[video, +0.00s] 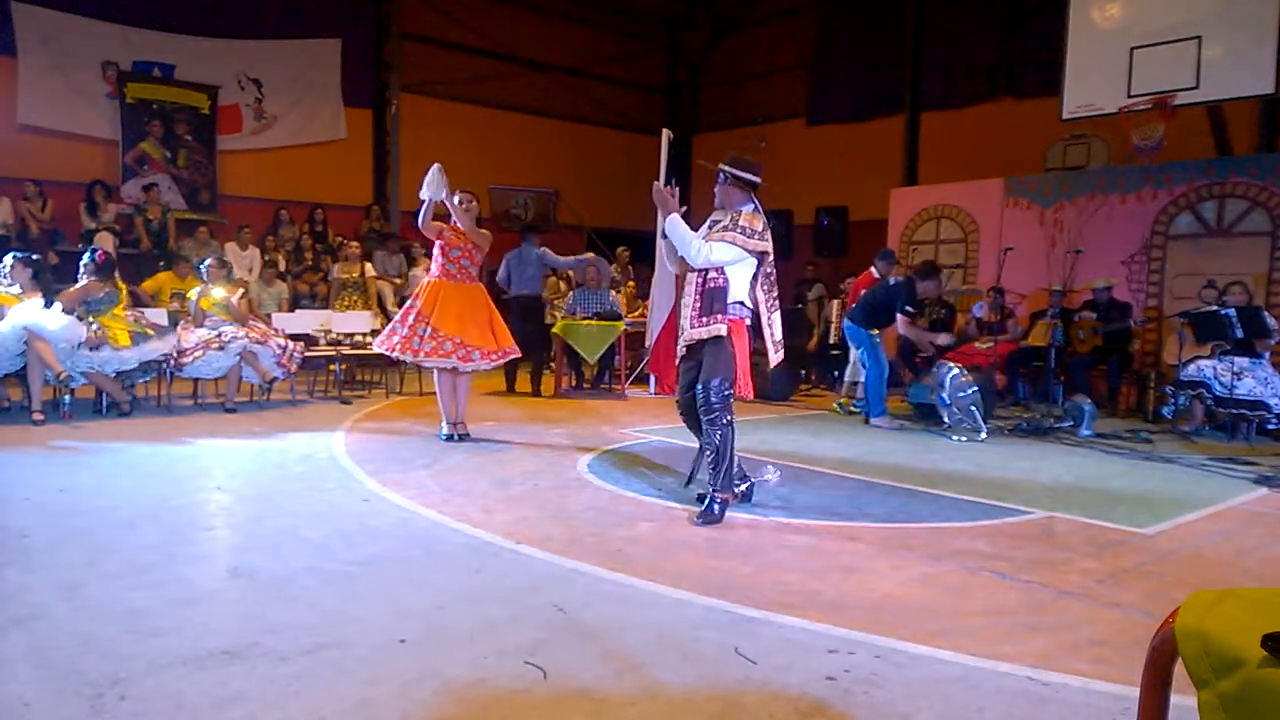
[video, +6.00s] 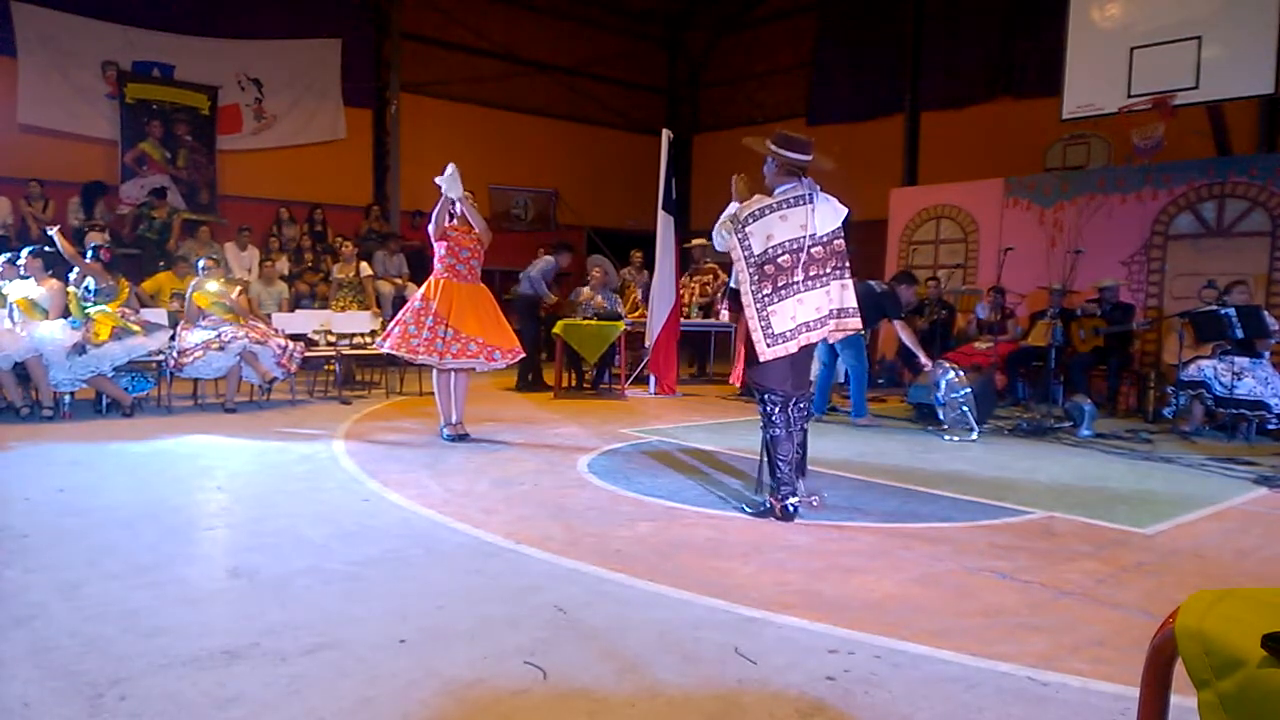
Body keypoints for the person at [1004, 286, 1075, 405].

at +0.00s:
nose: (1055, 299)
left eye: (1058, 296)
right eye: (1053, 296)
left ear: (1063, 298)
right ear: (1049, 297)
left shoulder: (1068, 315)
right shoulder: (1037, 315)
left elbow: (1068, 340)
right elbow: (1028, 335)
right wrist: (1024, 342)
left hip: (1056, 349)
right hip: (1035, 348)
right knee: (1013, 357)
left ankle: (1042, 398)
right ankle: (1013, 395)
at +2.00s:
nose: (1056, 299)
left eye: (1059, 296)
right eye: (1053, 295)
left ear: (1063, 297)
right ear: (1049, 296)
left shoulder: (1068, 314)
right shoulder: (1037, 315)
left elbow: (1068, 338)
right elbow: (1029, 334)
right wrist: (1025, 341)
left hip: (1056, 348)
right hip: (1036, 347)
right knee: (1012, 359)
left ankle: (1043, 398)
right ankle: (1013, 395)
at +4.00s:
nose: (1057, 299)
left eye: (1060, 295)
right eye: (1055, 295)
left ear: (1065, 297)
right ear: (1050, 296)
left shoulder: (1070, 314)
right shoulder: (1038, 315)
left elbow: (1070, 339)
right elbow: (1029, 334)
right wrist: (1026, 342)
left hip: (1057, 348)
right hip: (1037, 348)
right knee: (1013, 358)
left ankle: (1044, 398)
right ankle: (1014, 395)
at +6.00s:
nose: (1054, 299)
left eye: (1058, 296)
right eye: (1052, 295)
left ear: (1063, 297)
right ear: (1049, 296)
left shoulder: (1068, 315)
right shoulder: (1036, 315)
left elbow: (1069, 339)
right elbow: (1028, 336)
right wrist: (1024, 343)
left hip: (1055, 348)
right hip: (1036, 348)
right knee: (1012, 358)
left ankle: (1041, 398)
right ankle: (1013, 395)